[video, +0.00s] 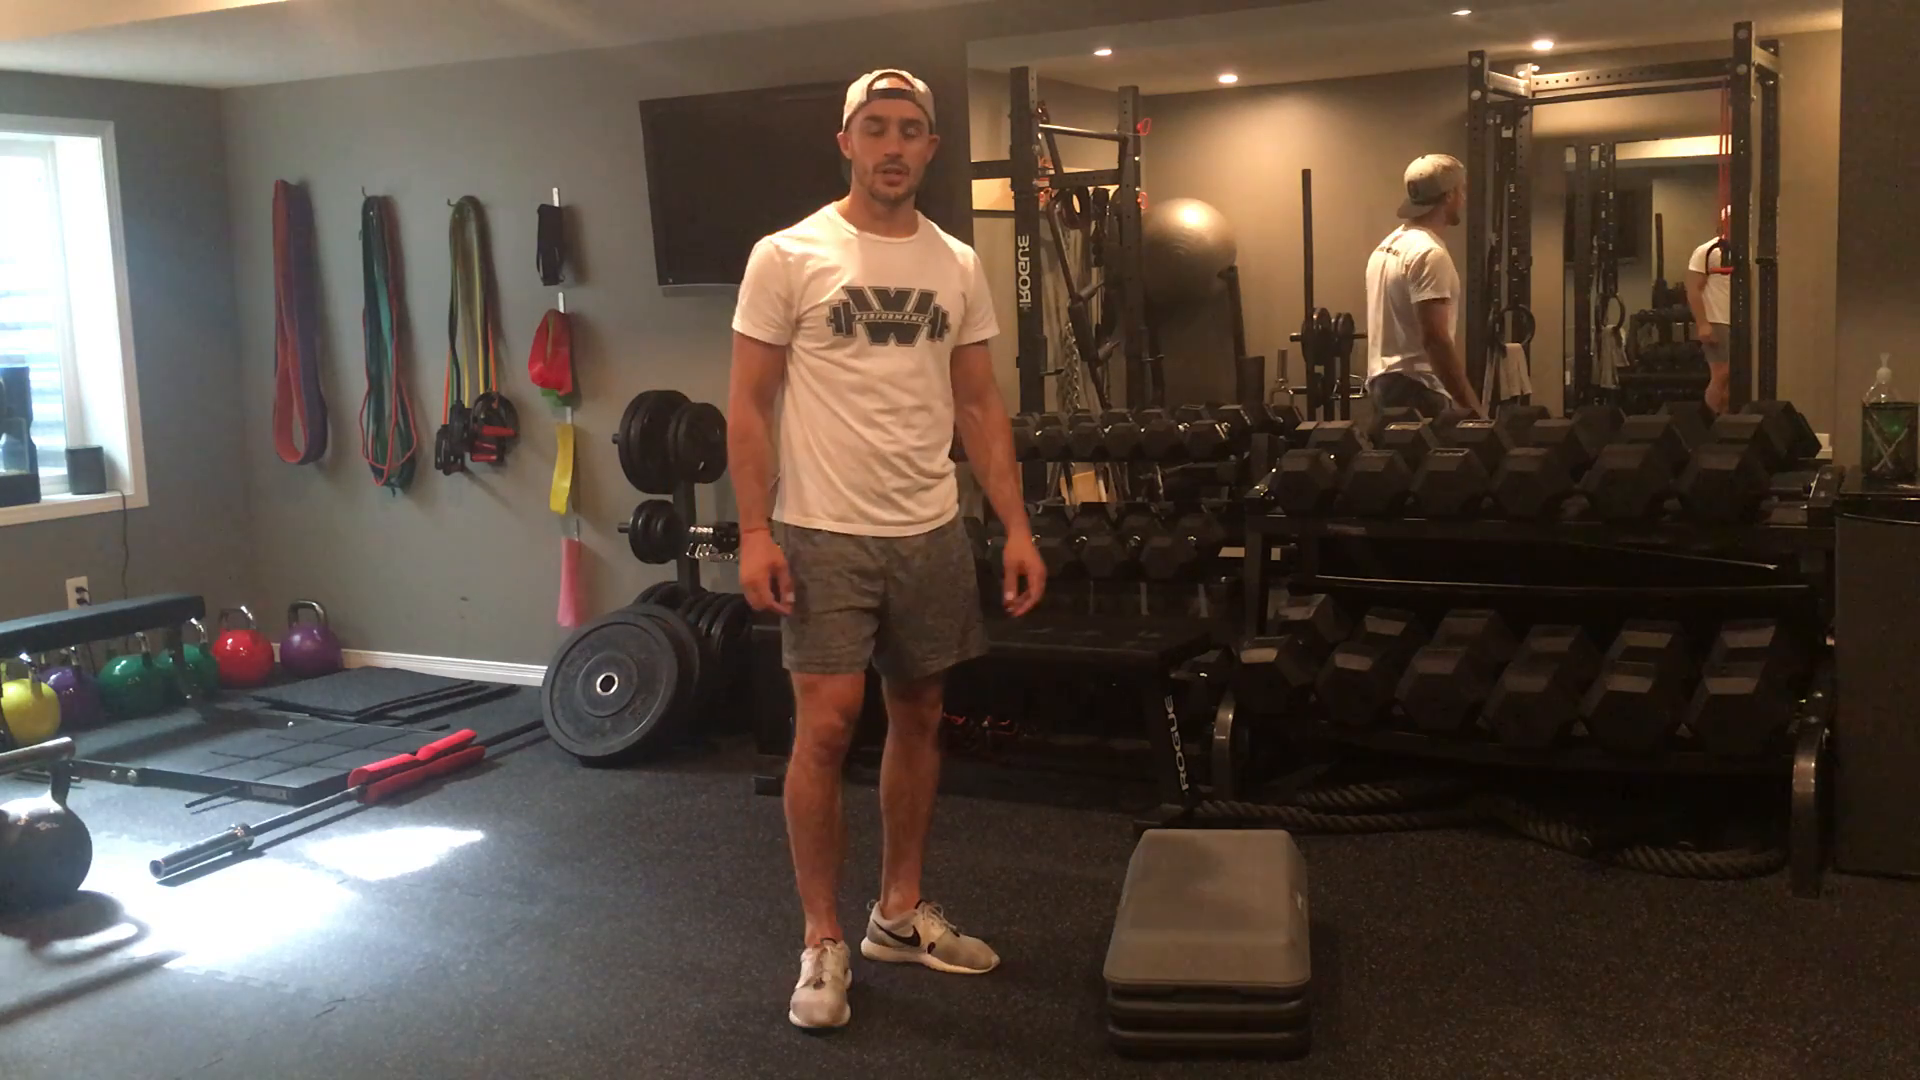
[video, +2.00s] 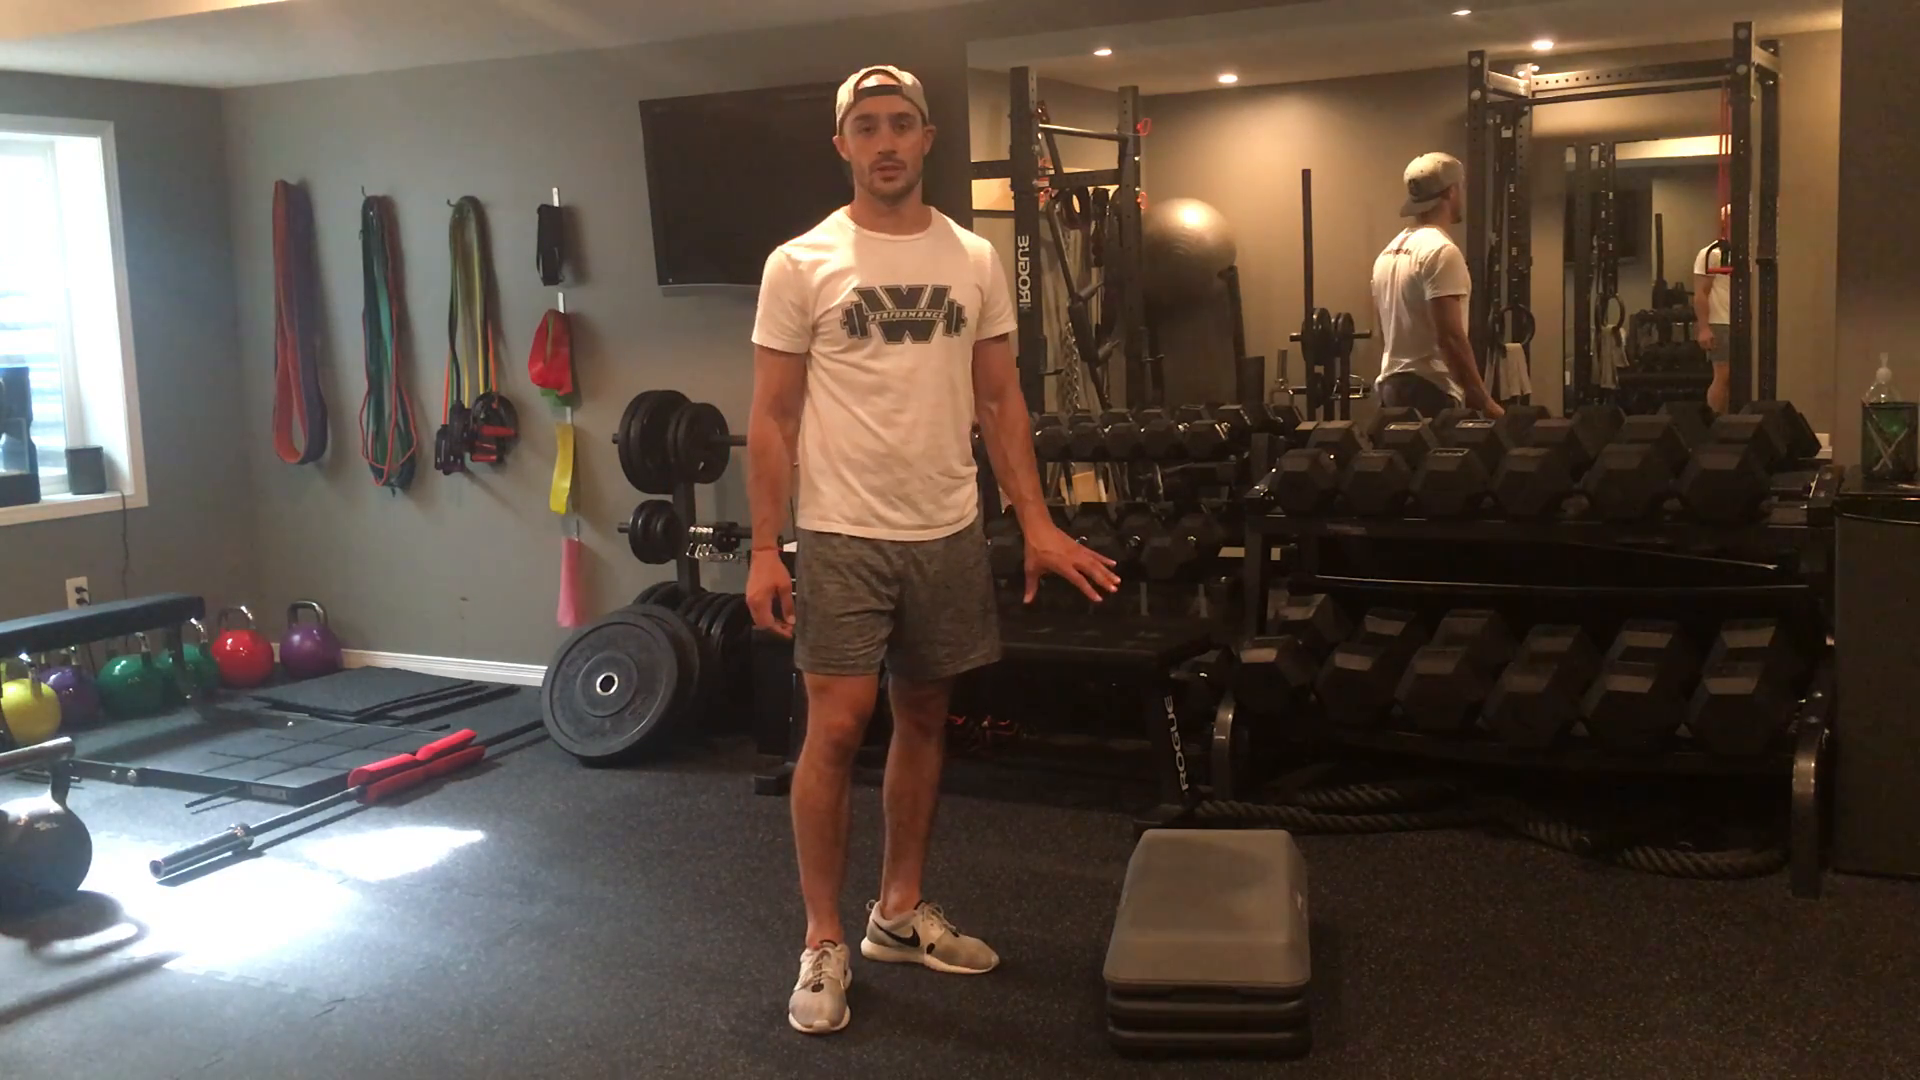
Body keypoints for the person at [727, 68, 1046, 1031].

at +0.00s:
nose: (893, 146)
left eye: (910, 131)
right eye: (876, 130)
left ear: (931, 146)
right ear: (845, 141)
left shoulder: (957, 265)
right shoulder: (789, 257)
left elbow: (980, 407)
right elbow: (747, 401)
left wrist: (1017, 526)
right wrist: (754, 531)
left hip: (932, 534)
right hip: (823, 534)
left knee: (920, 717)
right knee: (827, 727)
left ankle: (901, 909)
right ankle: (822, 943)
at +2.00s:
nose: (887, 144)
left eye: (902, 127)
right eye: (868, 129)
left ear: (929, 139)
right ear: (842, 145)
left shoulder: (974, 260)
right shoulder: (801, 265)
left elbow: (1000, 400)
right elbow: (774, 416)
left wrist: (1037, 523)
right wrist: (764, 549)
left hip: (948, 534)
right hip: (840, 536)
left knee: (923, 722)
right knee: (837, 729)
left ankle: (900, 909)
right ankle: (821, 941)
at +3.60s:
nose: (911, 178)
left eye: (914, 159)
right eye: (898, 158)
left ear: (857, 156)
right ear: (840, 151)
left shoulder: (856, 254)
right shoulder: (763, 264)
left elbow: (866, 405)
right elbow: (718, 428)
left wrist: (916, 501)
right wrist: (763, 572)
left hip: (869, 540)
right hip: (789, 550)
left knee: (897, 709)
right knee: (777, 748)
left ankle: (899, 910)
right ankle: (778, 944)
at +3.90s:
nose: (983, 176)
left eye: (985, 158)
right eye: (973, 156)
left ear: (920, 156)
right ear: (919, 153)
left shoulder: (900, 257)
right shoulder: (845, 253)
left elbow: (865, 411)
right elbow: (796, 415)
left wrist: (902, 503)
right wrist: (886, 531)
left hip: (880, 537)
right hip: (813, 541)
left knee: (923, 705)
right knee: (796, 738)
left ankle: (897, 917)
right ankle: (777, 943)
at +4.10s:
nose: (1056, 192)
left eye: (1054, 174)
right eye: (1044, 173)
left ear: (995, 179)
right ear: (990, 176)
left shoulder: (970, 270)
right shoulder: (924, 261)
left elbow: (913, 413)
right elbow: (851, 405)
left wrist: (958, 498)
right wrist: (947, 512)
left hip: (918, 541)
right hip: (876, 542)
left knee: (959, 736)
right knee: (963, 737)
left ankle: (902, 926)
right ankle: (815, 905)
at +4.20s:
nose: (1086, 197)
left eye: (1085, 180)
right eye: (1073, 179)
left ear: (1021, 188)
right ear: (1018, 184)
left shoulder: (998, 284)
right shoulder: (951, 271)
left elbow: (944, 423)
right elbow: (848, 389)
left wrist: (1020, 481)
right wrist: (942, 501)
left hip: (927, 539)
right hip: (903, 541)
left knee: (973, 724)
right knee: (1079, 676)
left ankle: (906, 925)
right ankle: (914, 839)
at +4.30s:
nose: (1111, 131)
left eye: (1109, 113)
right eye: (1097, 112)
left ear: (1047, 127)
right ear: (1043, 125)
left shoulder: (1035, 228)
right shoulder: (973, 215)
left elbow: (967, 331)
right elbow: (859, 325)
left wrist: (1055, 361)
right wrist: (963, 425)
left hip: (951, 490)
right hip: (943, 494)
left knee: (962, 689)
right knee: (1133, 604)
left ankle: (915, 904)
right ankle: (1050, 817)